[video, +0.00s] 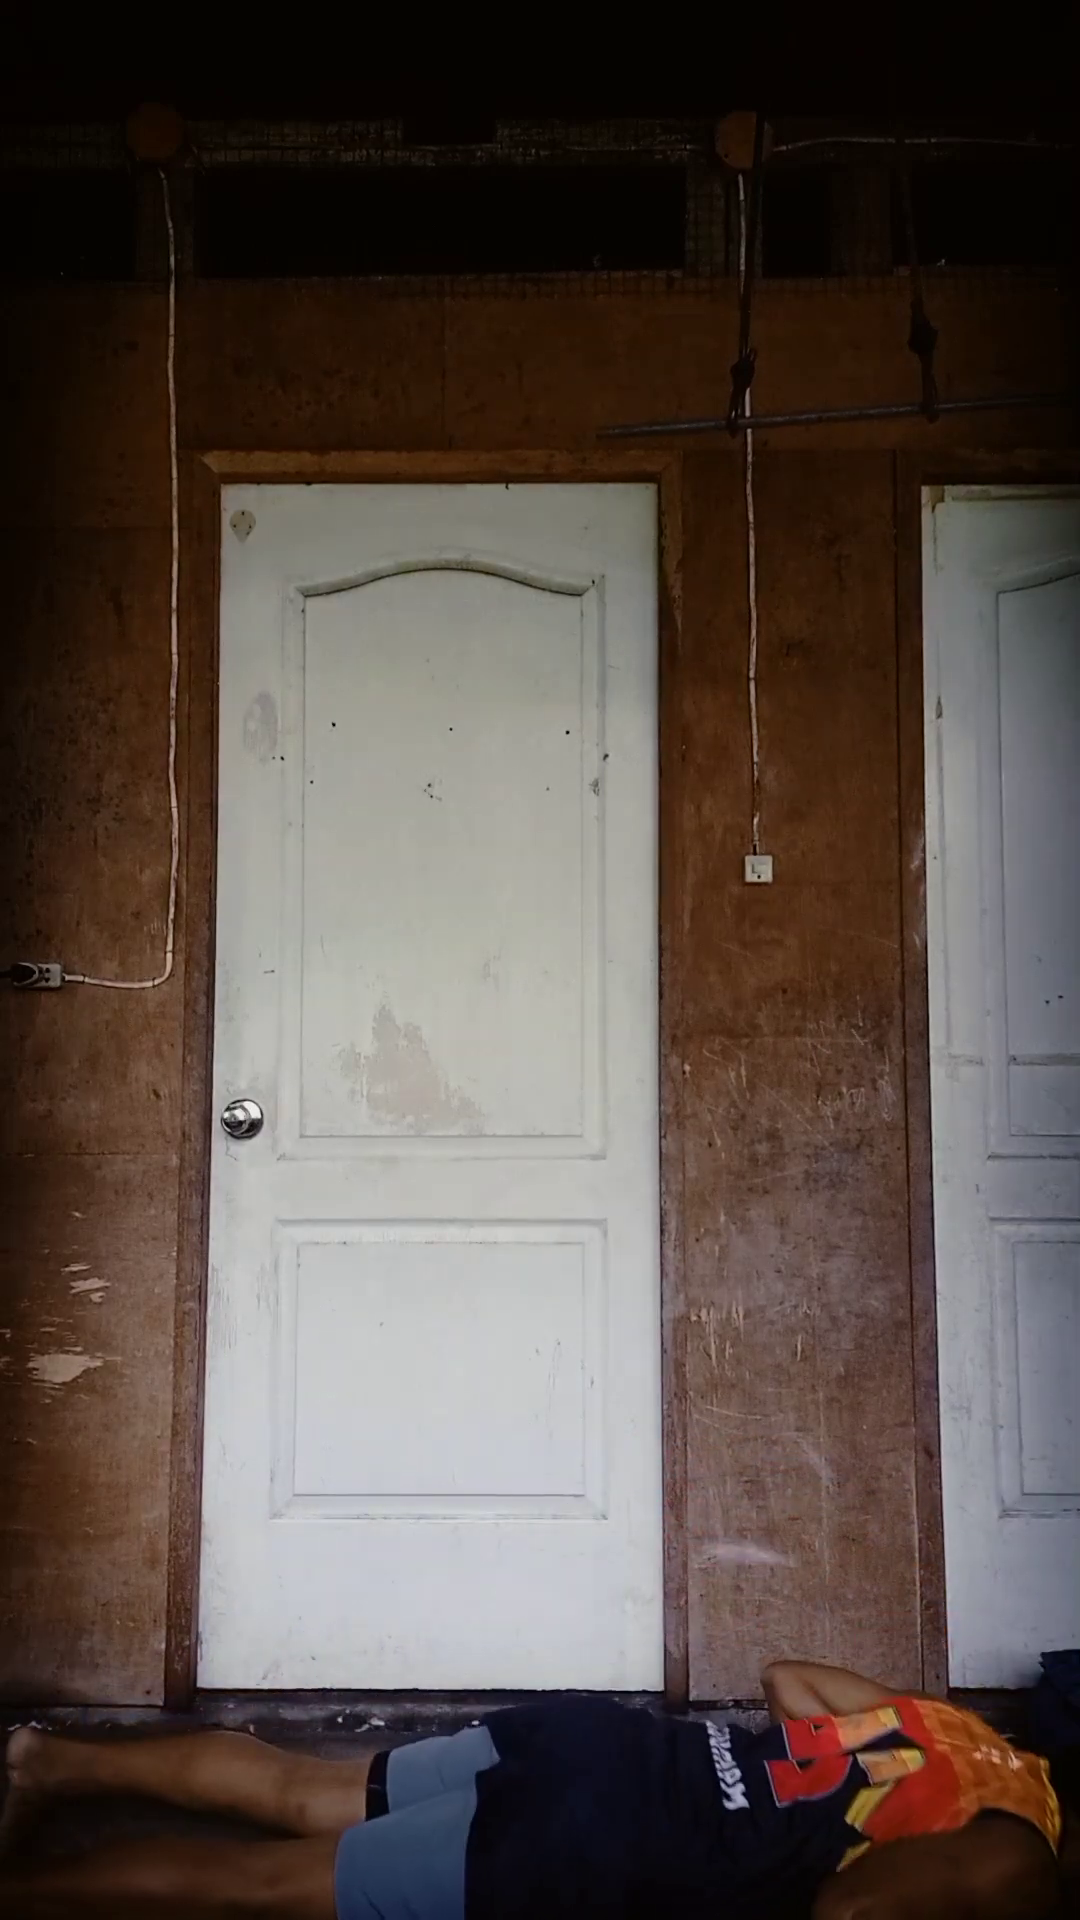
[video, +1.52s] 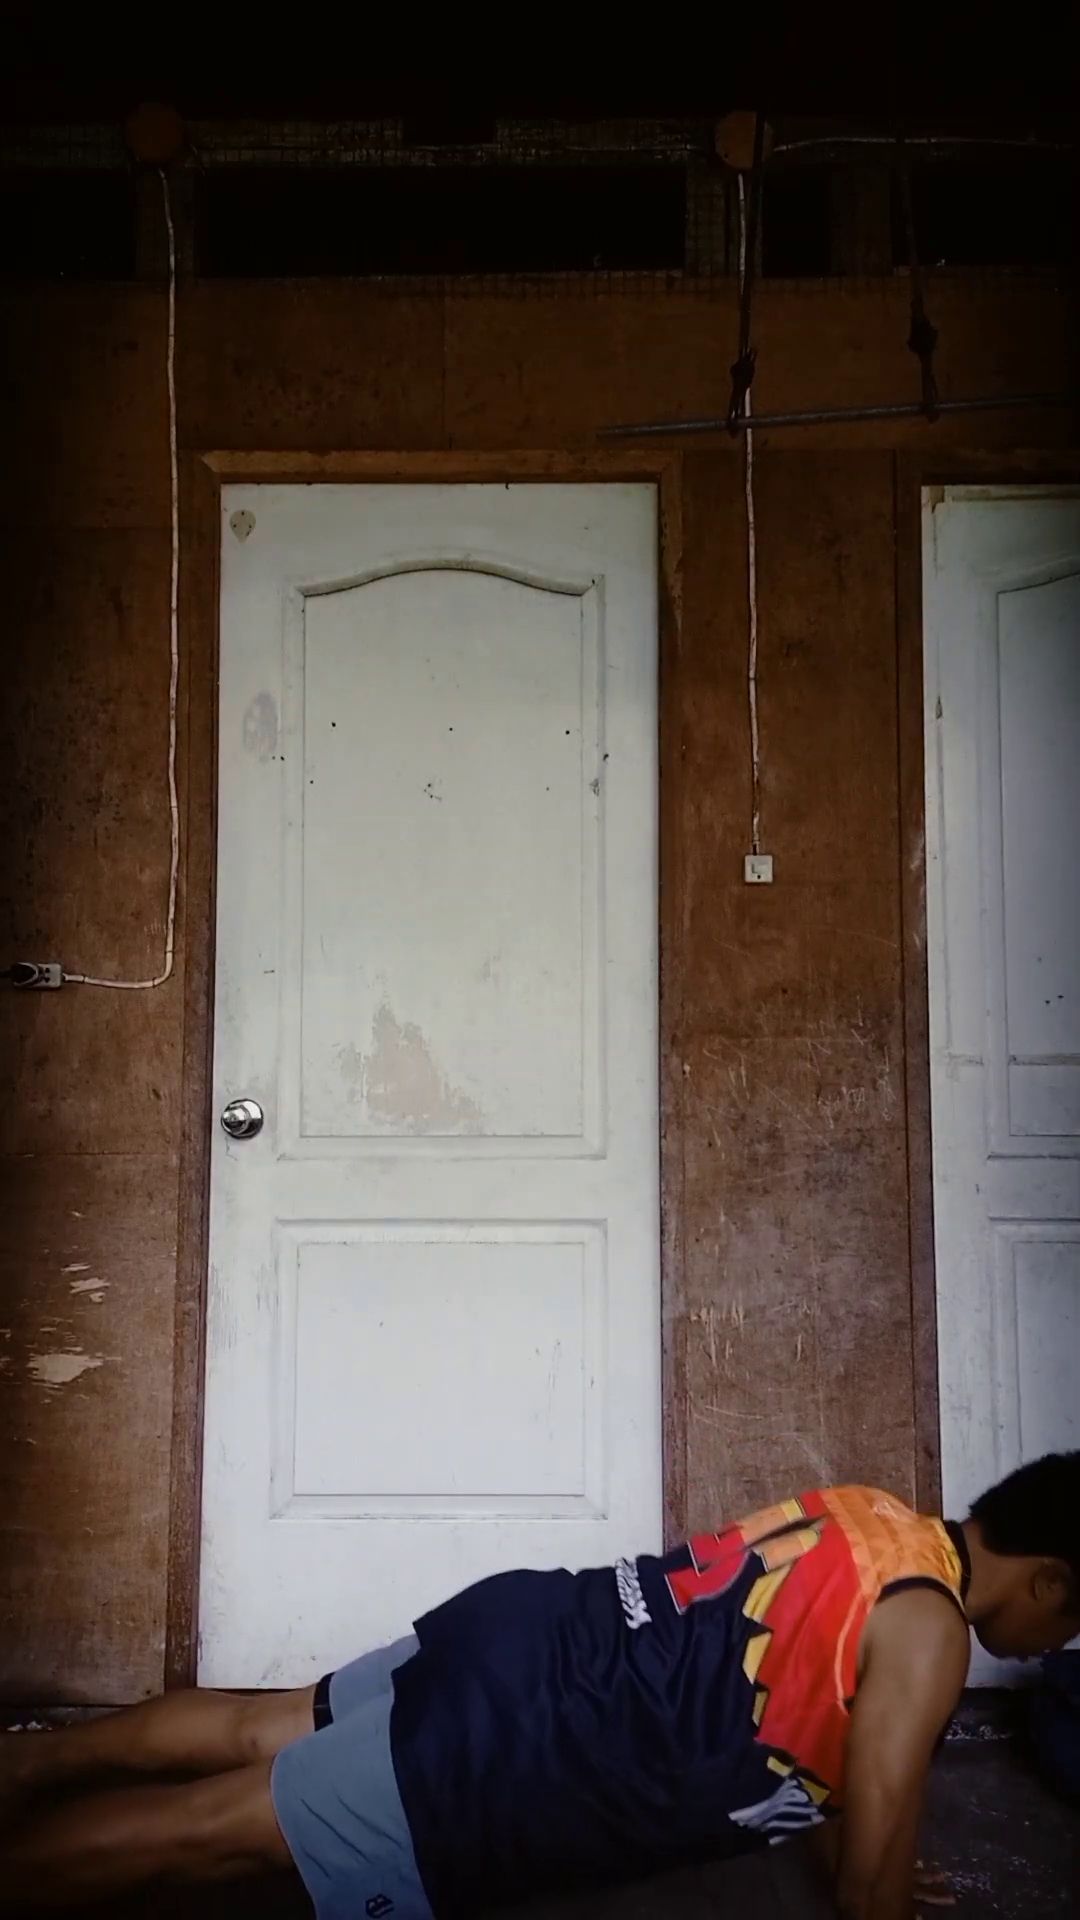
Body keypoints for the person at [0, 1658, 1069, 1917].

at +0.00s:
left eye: (1032, 1678)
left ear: (1037, 1693)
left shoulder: (955, 1728)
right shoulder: (1020, 1838)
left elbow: (801, 1683)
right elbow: (858, 1903)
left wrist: (887, 1766)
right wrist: (894, 1799)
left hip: (588, 1736)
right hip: (589, 1850)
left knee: (308, 1789)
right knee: (276, 1884)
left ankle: (50, 1756)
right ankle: (37, 1873)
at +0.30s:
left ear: (1046, 1682)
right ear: (1073, 1754)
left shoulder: (945, 1682)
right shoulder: (1002, 1807)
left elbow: (771, 1717)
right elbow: (850, 1901)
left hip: (586, 1703)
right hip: (577, 1834)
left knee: (301, 1761)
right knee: (260, 1868)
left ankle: (46, 1756)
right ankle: (34, 1873)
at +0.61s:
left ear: (1033, 1605)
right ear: (1072, 1668)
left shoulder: (912, 1593)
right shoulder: (976, 1721)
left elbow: (765, 1660)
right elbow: (869, 1899)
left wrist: (894, 1812)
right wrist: (943, 1861)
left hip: (554, 1666)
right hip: (539, 1801)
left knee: (296, 1749)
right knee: (241, 1857)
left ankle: (35, 1759)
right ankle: (19, 1862)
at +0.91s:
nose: (1062, 1637)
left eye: (1076, 1616)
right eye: (1076, 1611)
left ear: (1005, 1518)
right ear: (1048, 1577)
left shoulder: (875, 1514)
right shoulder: (929, 1633)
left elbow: (804, 1706)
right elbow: (873, 1875)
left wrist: (862, 1841)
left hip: (532, 1617)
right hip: (527, 1737)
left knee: (282, 1720)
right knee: (217, 1824)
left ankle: (30, 1758)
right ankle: (5, 1868)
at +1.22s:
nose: (1041, 1622)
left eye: (1056, 1605)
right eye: (1058, 1600)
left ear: (996, 1503)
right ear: (1030, 1559)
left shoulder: (861, 1491)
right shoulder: (916, 1624)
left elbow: (787, 1681)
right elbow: (875, 1878)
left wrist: (870, 1834)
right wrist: (918, 1892)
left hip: (514, 1605)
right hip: (515, 1730)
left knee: (276, 1711)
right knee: (210, 1818)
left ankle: (25, 1757)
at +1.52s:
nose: (1057, 1635)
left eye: (1072, 1615)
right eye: (1072, 1609)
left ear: (1003, 1513)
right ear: (1041, 1572)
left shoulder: (869, 1504)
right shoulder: (923, 1635)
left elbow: (774, 1667)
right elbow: (870, 1881)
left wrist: (862, 1801)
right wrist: (904, 1879)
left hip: (516, 1619)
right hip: (520, 1747)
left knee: (276, 1720)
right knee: (212, 1829)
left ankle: (24, 1760)